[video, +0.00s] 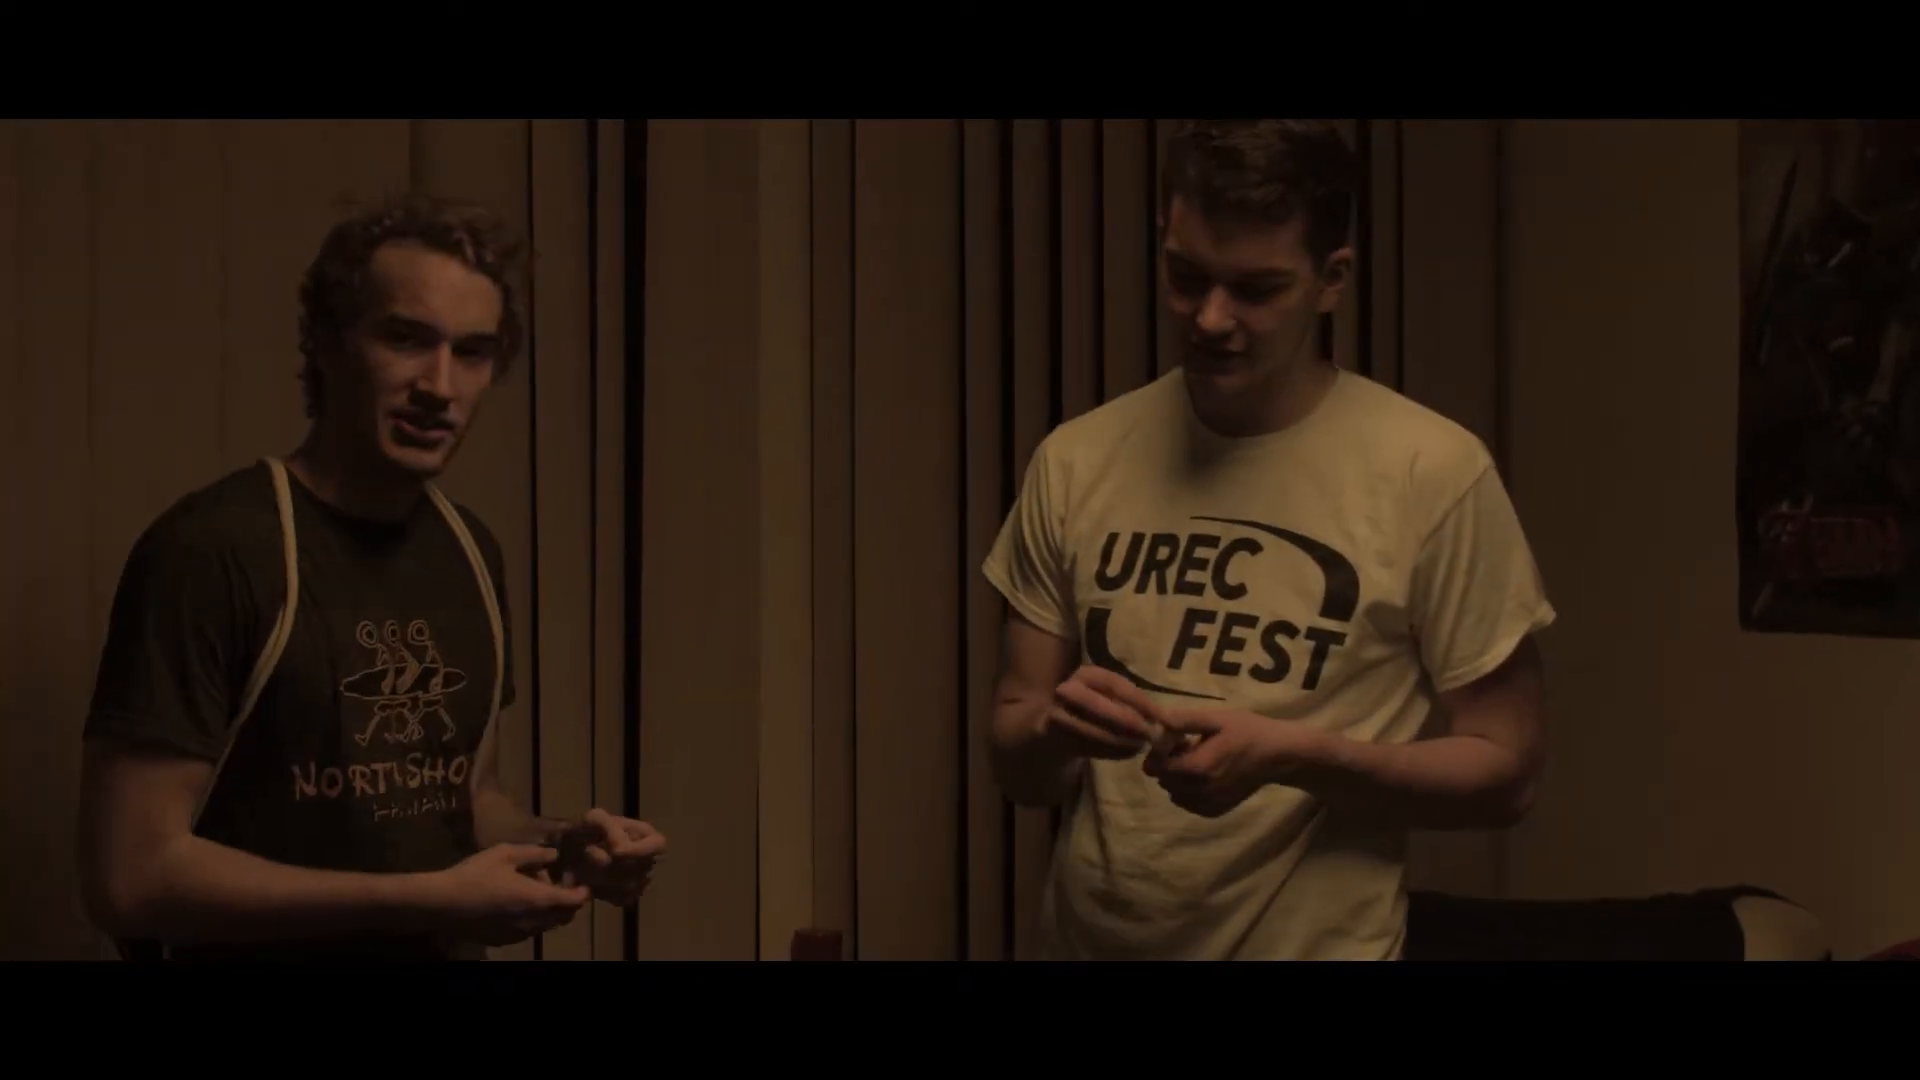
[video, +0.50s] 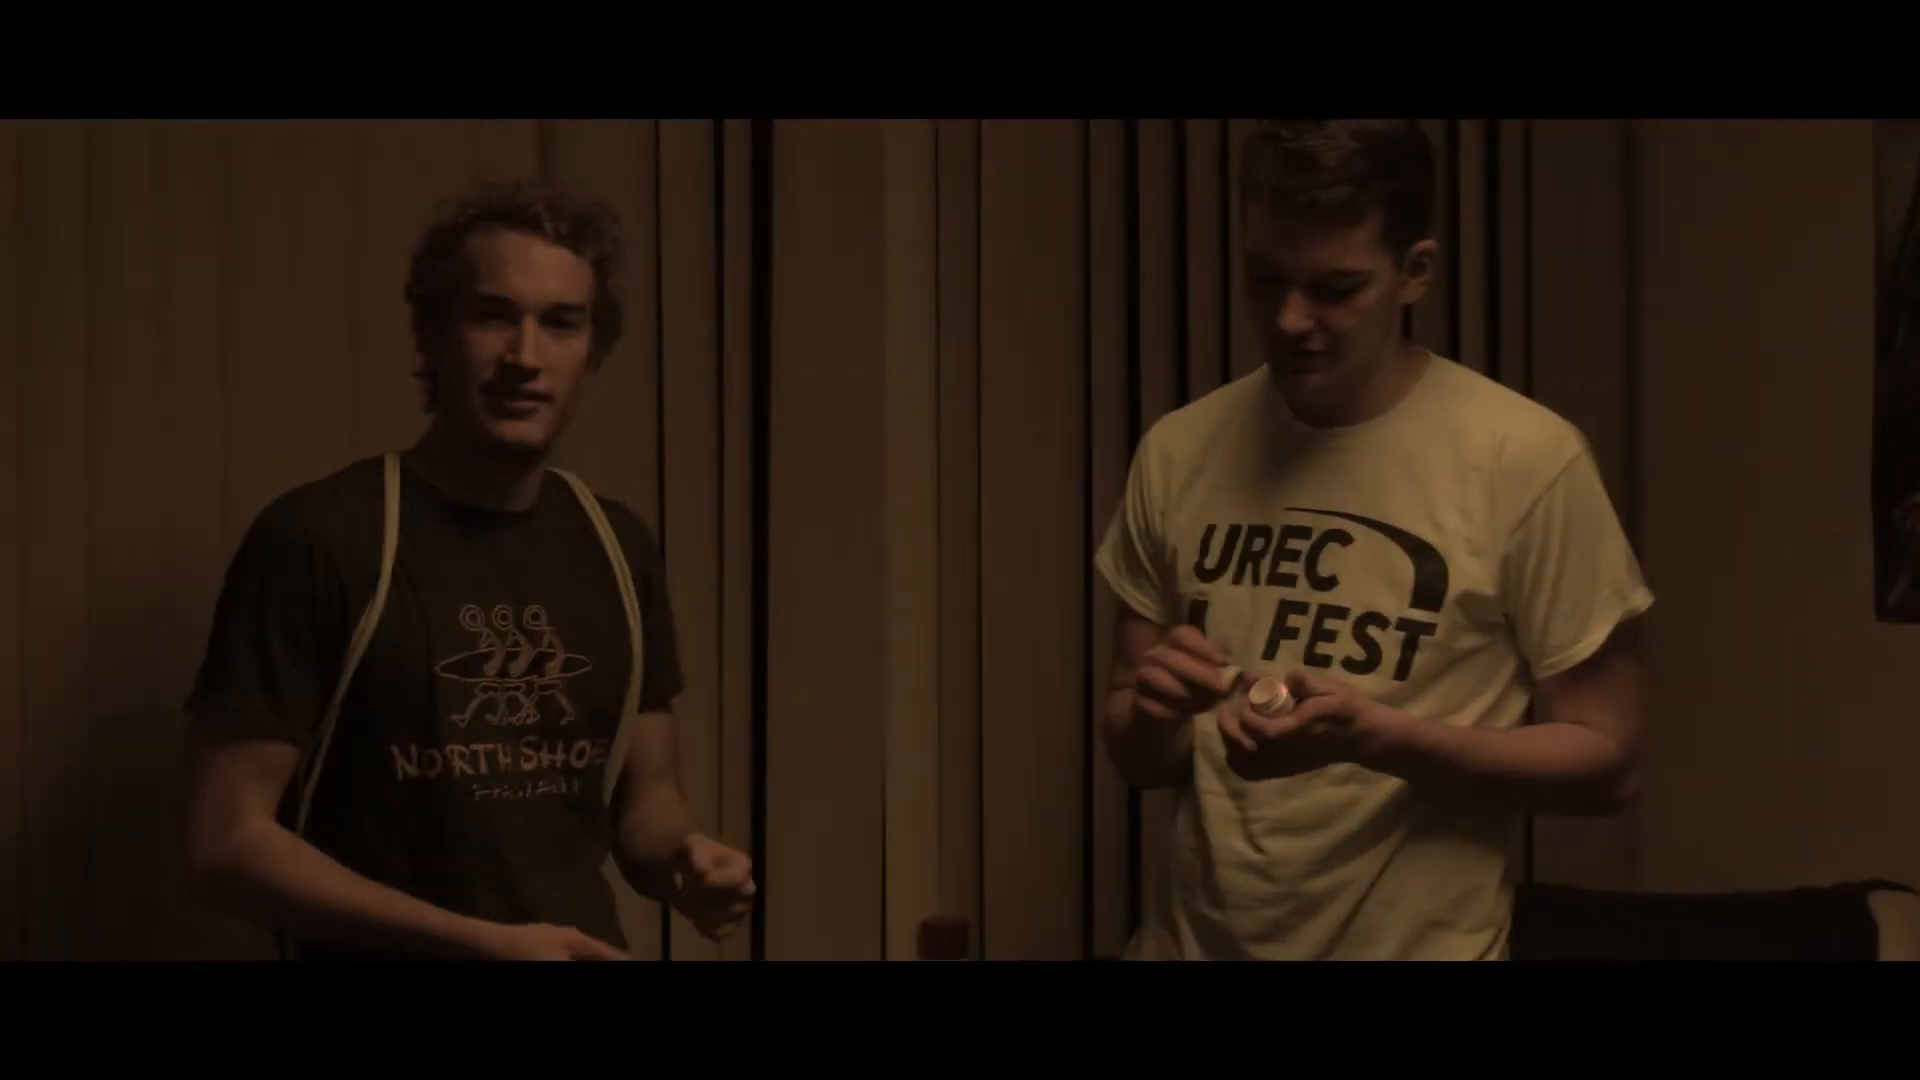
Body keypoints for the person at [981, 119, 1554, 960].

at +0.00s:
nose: (1212, 320)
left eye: (1256, 287)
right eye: (1188, 279)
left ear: (1332, 280)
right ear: (1162, 253)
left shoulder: (1434, 477)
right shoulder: (1075, 464)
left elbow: (1505, 769)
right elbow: (1016, 763)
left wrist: (1283, 749)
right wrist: (1060, 727)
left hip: (1311, 945)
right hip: (1088, 941)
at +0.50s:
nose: (1291, 320)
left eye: (1334, 288)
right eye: (1268, 280)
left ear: (1416, 274)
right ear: (1246, 261)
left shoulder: (1527, 463)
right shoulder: (1178, 453)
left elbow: (1605, 758)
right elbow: (1133, 755)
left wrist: (1377, 735)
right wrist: (1152, 709)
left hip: (1418, 943)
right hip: (1194, 941)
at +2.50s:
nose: (1290, 371)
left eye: (1330, 334)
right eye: (1262, 333)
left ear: (1404, 309)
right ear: (1237, 311)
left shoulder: (1516, 497)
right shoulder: (1173, 501)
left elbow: (1597, 807)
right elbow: (1111, 811)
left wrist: (1385, 700)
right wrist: (1156, 710)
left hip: (1421, 946)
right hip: (1199, 944)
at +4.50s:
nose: (1224, 307)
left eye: (1270, 272)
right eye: (1216, 271)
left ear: (1366, 289)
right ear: (1201, 273)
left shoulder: (1505, 486)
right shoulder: (1157, 486)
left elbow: (1592, 791)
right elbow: (1076, 799)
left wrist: (1376, 691)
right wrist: (1126, 630)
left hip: (1406, 946)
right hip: (1179, 941)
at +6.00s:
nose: (1243, 340)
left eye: (1283, 305)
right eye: (1224, 308)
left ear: (1375, 312)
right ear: (1206, 316)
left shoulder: (1512, 513)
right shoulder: (1159, 500)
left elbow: (1595, 820)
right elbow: (1043, 773)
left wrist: (1391, 721)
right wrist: (1169, 556)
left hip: (1415, 950)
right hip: (1176, 945)